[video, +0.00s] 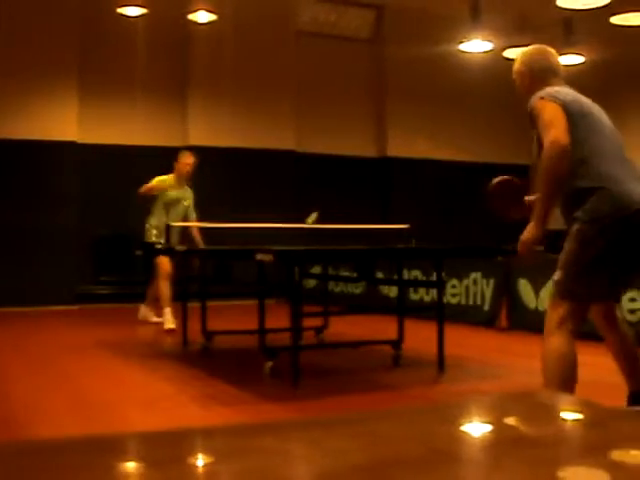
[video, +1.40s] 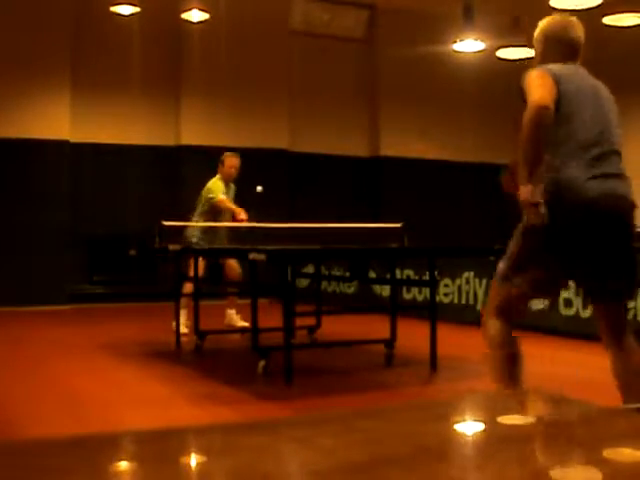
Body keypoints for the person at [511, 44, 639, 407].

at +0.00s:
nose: (515, 85)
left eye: (515, 77)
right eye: (514, 77)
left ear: (524, 76)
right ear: (557, 73)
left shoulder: (544, 99)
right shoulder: (581, 102)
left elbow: (558, 143)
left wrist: (538, 221)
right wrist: (538, 201)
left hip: (603, 210)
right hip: (631, 207)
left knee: (561, 317)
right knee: (604, 309)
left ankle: (557, 415)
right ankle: (637, 390)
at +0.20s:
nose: (514, 122)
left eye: (514, 114)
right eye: (513, 114)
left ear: (526, 110)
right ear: (551, 102)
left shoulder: (557, 126)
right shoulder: (576, 124)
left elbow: (593, 160)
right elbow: (577, 212)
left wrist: (587, 228)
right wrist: (537, 220)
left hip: (627, 225)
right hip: (633, 224)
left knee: (565, 316)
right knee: (603, 319)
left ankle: (571, 414)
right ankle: (636, 397)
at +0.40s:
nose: (511, 184)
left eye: (511, 175)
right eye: (509, 177)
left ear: (526, 168)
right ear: (543, 160)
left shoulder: (557, 179)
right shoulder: (560, 184)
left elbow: (602, 202)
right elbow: (572, 246)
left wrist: (616, 275)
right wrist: (522, 265)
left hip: (631, 260)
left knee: (562, 320)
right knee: (599, 326)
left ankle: (571, 415)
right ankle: (635, 399)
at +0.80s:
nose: (514, 122)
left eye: (515, 113)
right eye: (514, 113)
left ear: (526, 113)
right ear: (556, 107)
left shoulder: (550, 133)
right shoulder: (573, 130)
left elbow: (587, 166)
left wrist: (607, 241)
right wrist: (579, 256)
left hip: (629, 235)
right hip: (638, 234)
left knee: (554, 319)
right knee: (603, 318)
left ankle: (568, 416)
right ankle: (635, 397)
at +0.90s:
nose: (516, 101)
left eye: (517, 92)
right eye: (516, 92)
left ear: (526, 93)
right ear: (560, 89)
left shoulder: (546, 115)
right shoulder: (576, 117)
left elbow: (568, 157)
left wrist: (580, 231)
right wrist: (547, 238)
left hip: (616, 227)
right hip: (635, 225)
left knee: (548, 315)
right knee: (603, 316)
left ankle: (565, 410)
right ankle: (633, 397)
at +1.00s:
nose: (516, 81)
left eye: (518, 73)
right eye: (516, 73)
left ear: (525, 75)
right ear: (562, 76)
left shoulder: (541, 101)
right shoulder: (581, 107)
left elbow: (547, 144)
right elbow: (602, 177)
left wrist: (532, 214)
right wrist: (559, 216)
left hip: (604, 219)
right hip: (631, 214)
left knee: (543, 314)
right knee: (602, 311)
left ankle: (561, 414)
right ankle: (632, 401)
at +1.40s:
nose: (533, 51)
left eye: (535, 45)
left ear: (539, 47)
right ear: (579, 51)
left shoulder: (541, 74)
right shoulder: (601, 90)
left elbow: (541, 106)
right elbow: (612, 155)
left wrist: (526, 177)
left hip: (562, 211)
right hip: (614, 213)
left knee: (498, 311)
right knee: (616, 327)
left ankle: (512, 407)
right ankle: (635, 414)